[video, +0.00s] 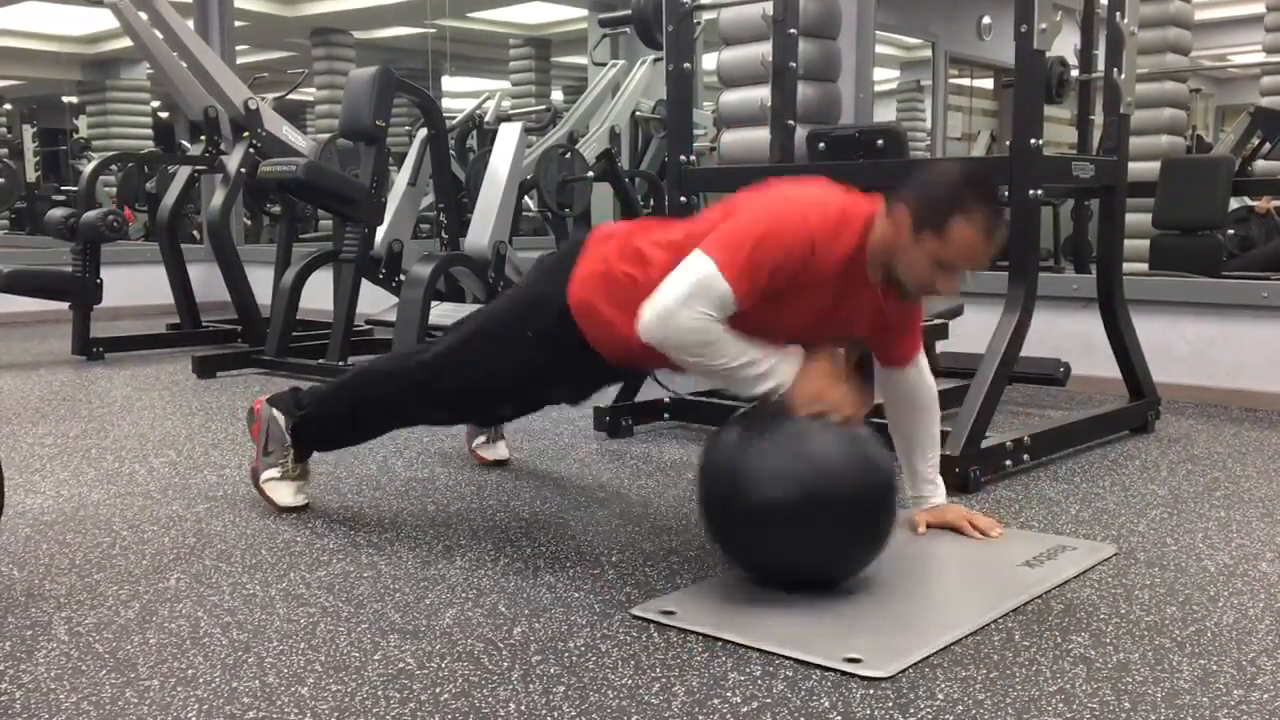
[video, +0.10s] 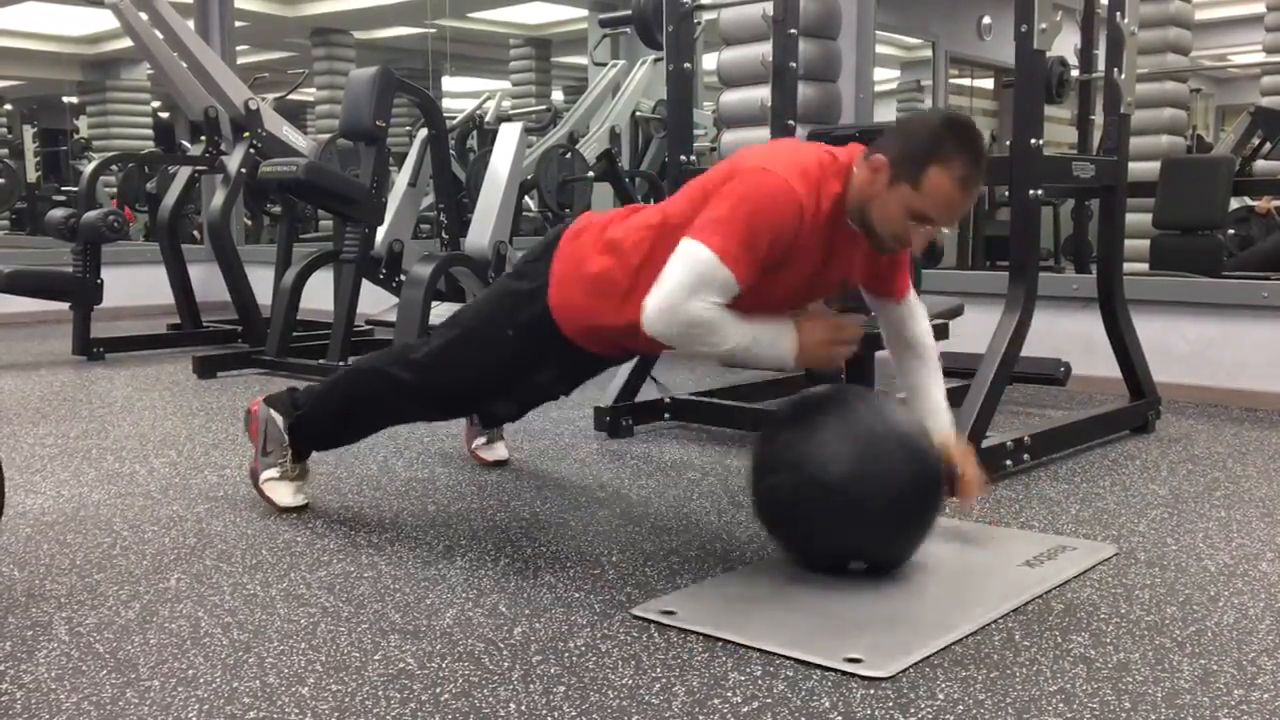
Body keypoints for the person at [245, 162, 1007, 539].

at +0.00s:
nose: (949, 287)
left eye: (963, 275)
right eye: (946, 265)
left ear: (947, 254)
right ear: (900, 220)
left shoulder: (894, 288)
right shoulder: (798, 222)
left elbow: (910, 384)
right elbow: (666, 323)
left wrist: (928, 493)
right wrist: (787, 374)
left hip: (634, 339)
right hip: (588, 292)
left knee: (524, 387)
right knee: (446, 375)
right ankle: (289, 420)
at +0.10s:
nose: (924, 239)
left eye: (939, 227)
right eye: (922, 216)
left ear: (929, 208)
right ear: (877, 170)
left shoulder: (884, 231)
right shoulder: (778, 189)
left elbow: (911, 343)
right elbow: (672, 315)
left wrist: (943, 438)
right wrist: (792, 343)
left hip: (630, 318)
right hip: (576, 283)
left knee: (531, 380)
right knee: (435, 377)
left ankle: (483, 415)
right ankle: (283, 422)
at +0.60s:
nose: (944, 554)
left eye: (964, 549)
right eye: (949, 541)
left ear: (937, 458)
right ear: (911, 484)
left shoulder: (895, 390)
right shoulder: (816, 444)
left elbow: (881, 304)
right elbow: (664, 470)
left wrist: (880, 463)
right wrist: (686, 600)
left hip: (663, 416)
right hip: (607, 470)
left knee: (574, 422)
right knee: (452, 473)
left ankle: (492, 387)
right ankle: (296, 422)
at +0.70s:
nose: (949, 504)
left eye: (966, 493)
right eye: (947, 486)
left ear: (917, 429)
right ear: (901, 440)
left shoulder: (887, 362)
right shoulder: (800, 426)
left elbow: (878, 301)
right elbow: (644, 468)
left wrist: (864, 406)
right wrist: (686, 600)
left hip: (656, 386)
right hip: (596, 437)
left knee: (553, 396)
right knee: (442, 454)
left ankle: (480, 379)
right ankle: (291, 423)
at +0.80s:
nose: (943, 428)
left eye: (960, 414)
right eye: (939, 408)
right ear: (890, 367)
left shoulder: (879, 322)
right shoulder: (788, 372)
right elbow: (645, 462)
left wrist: (893, 433)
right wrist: (687, 600)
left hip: (640, 348)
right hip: (589, 386)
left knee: (473, 407)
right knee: (436, 436)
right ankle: (281, 426)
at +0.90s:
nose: (931, 343)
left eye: (945, 330)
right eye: (928, 323)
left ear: (905, 277)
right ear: (880, 279)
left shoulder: (868, 270)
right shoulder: (775, 309)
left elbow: (874, 356)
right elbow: (656, 446)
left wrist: (887, 452)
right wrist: (687, 598)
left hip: (623, 327)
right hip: (574, 335)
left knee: (492, 389)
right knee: (431, 408)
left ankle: (467, 426)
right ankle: (277, 423)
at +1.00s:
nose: (927, 258)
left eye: (941, 244)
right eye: (924, 237)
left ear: (909, 205)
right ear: (874, 189)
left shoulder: (864, 219)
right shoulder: (776, 230)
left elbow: (837, 303)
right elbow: (714, 411)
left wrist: (857, 365)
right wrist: (704, 584)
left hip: (633, 314)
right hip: (585, 291)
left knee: (529, 377)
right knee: (440, 384)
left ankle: (476, 415)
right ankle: (284, 424)